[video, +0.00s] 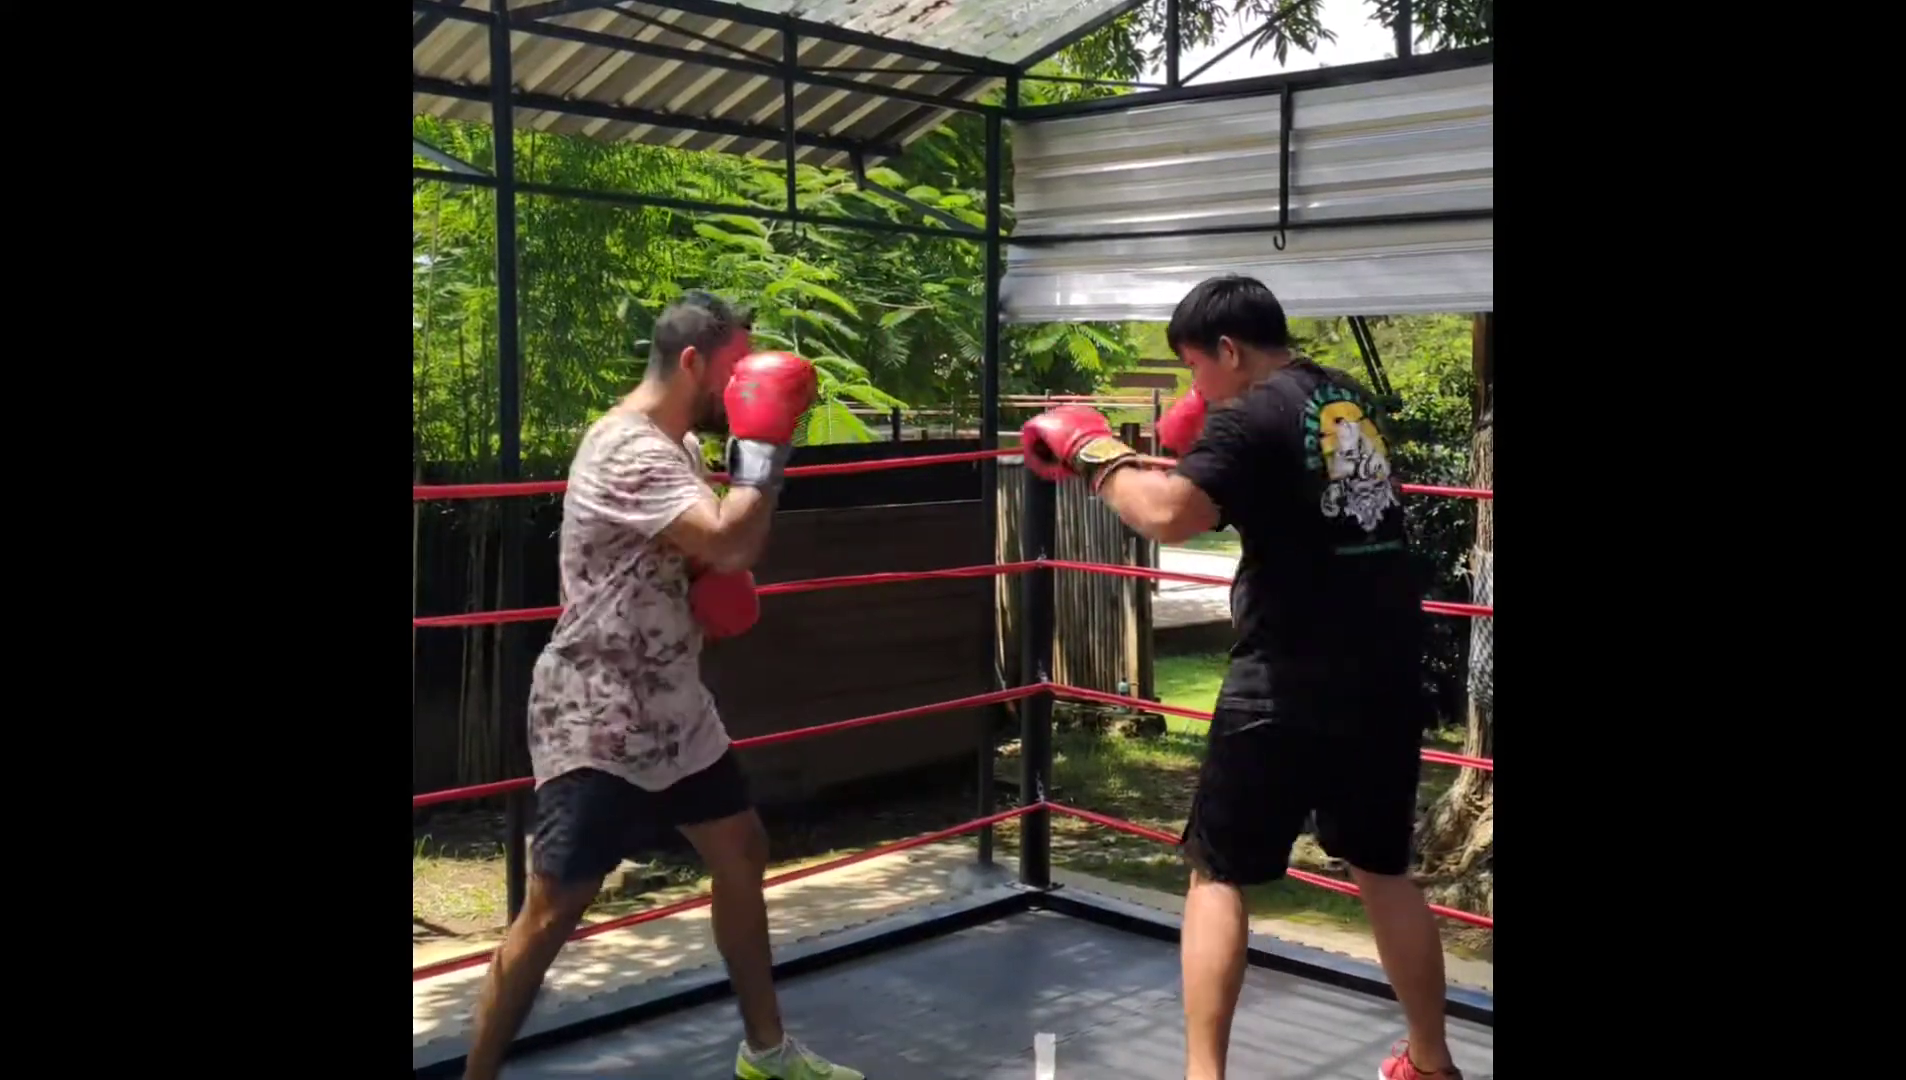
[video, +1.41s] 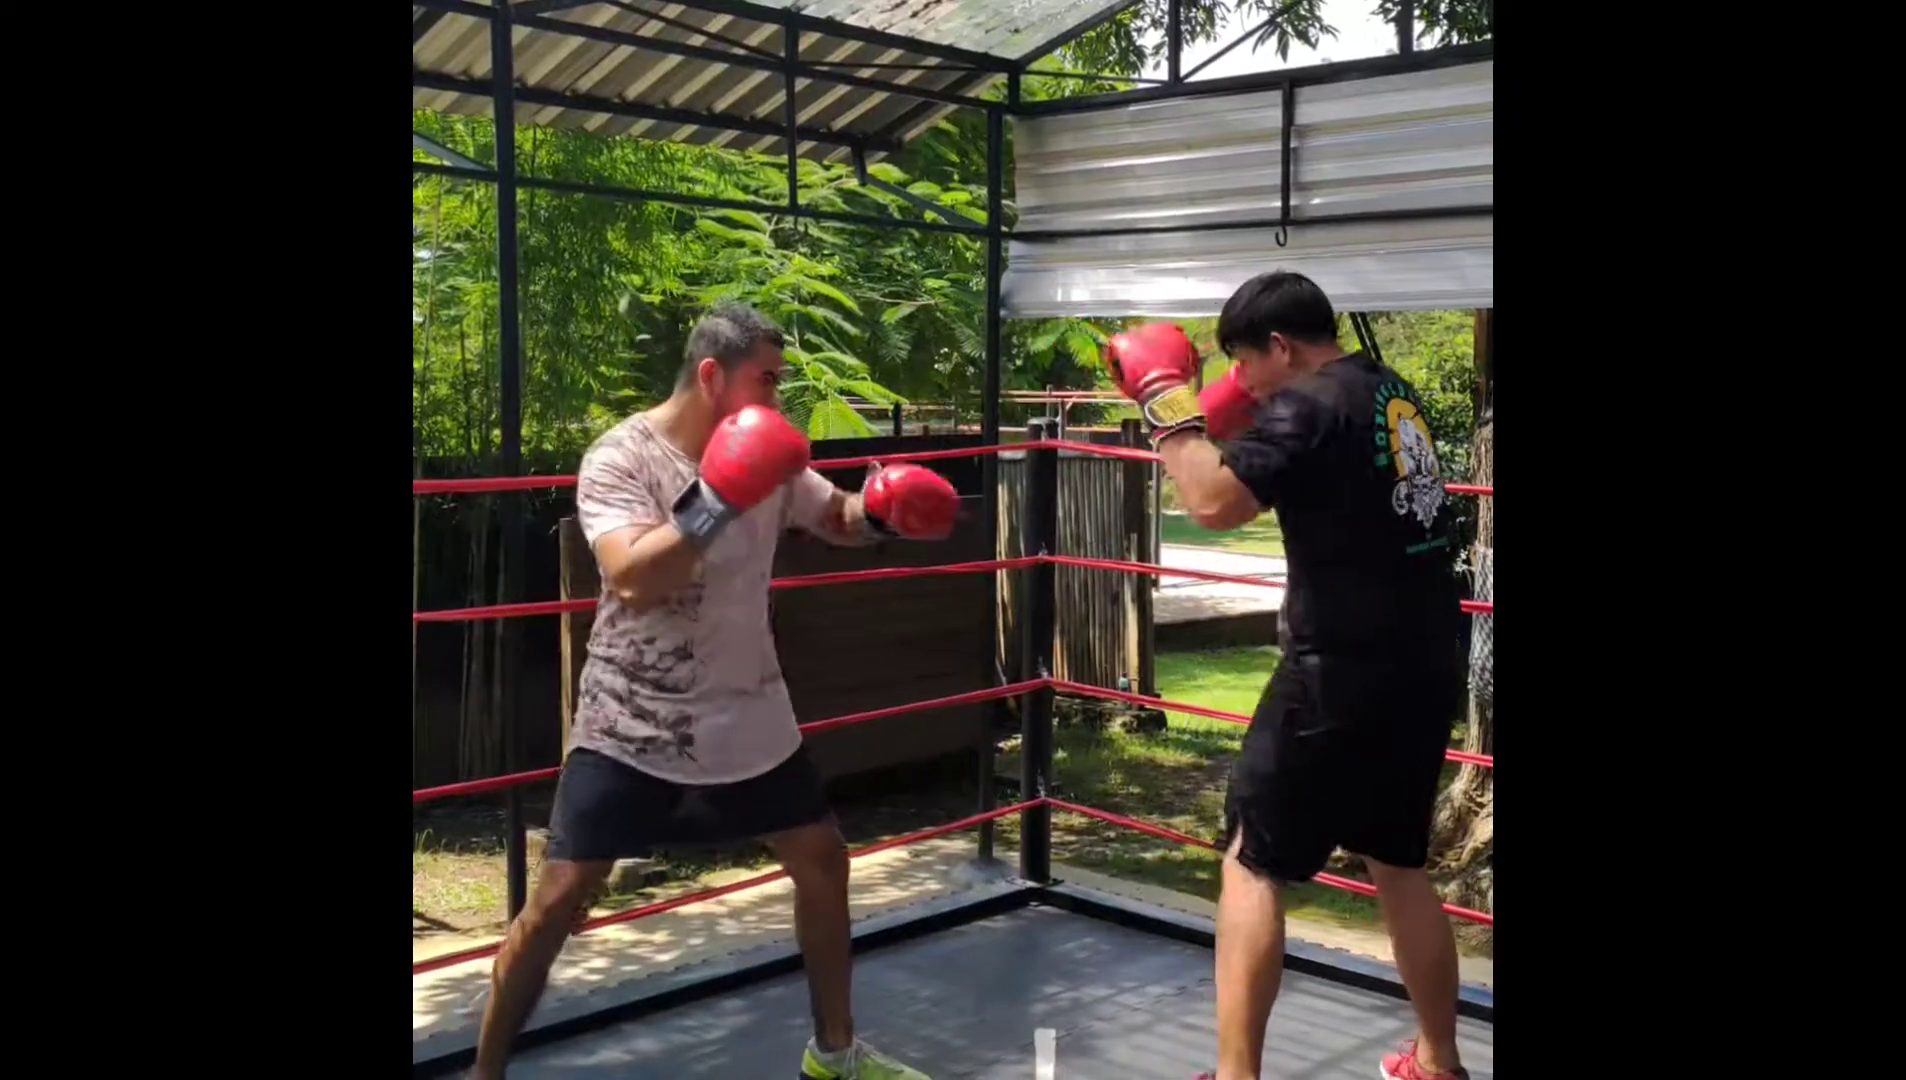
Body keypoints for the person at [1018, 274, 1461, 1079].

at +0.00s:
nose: (1193, 387)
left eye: (1191, 367)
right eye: (1187, 371)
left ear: (1230, 350)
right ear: (1274, 342)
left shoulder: (1254, 416)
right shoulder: (1346, 397)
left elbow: (1168, 512)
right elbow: (1290, 490)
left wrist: (1094, 453)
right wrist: (1203, 446)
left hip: (1281, 685)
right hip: (1385, 681)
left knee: (1218, 872)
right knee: (1387, 870)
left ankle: (1204, 1070)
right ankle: (1432, 1059)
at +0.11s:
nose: (1184, 380)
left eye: (1183, 365)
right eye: (1178, 367)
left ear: (1217, 351)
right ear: (1270, 340)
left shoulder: (1214, 409)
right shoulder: (1345, 393)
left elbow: (1064, 433)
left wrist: (952, 389)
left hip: (1281, 678)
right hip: (1386, 678)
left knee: (1222, 871)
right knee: (1389, 867)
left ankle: (1206, 1068)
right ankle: (1434, 1054)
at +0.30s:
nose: (1198, 385)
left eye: (1197, 363)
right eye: (1194, 365)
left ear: (1233, 344)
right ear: (1271, 341)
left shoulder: (1251, 402)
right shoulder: (1342, 394)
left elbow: (1159, 513)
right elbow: (1287, 495)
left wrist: (1062, 445)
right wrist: (1197, 444)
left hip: (1286, 680)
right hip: (1383, 679)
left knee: (1226, 874)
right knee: (1389, 864)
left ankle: (1214, 1070)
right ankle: (1435, 1054)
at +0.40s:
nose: (1208, 386)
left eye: (1209, 367)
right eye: (1201, 371)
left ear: (1251, 346)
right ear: (1273, 343)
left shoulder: (1280, 425)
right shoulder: (1348, 401)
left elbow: (1226, 561)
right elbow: (1294, 532)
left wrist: (1168, 464)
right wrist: (1217, 447)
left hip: (1304, 685)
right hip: (1389, 682)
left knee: (1245, 880)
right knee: (1388, 867)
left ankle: (1227, 1072)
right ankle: (1435, 1059)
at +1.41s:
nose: (1245, 381)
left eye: (1246, 364)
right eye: (1240, 368)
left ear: (1283, 346)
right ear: (1323, 339)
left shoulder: (1313, 406)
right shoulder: (1391, 392)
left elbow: (1213, 500)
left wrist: (1163, 397)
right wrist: (1246, 420)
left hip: (1335, 670)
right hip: (1424, 670)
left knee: (1251, 861)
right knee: (1398, 860)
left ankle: (1235, 1069)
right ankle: (1440, 1058)